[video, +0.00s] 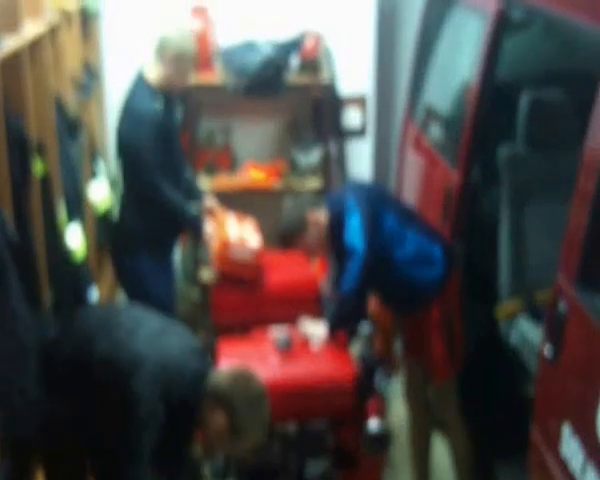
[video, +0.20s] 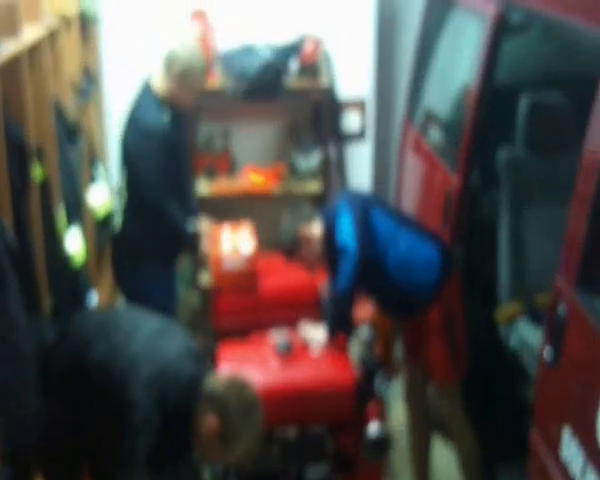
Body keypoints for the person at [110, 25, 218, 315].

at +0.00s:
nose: (188, 76)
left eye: (189, 67)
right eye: (184, 67)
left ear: (176, 63)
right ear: (167, 61)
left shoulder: (163, 100)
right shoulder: (145, 109)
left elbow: (176, 164)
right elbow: (150, 181)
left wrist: (199, 197)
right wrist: (192, 216)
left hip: (157, 234)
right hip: (140, 238)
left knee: (162, 322)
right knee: (156, 324)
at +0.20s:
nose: (196, 99)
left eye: (198, 90)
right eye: (193, 90)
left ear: (175, 76)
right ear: (176, 79)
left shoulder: (167, 112)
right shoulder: (153, 124)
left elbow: (178, 180)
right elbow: (155, 195)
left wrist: (192, 215)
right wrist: (189, 229)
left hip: (158, 243)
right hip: (145, 249)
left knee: (160, 333)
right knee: (155, 335)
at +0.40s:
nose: (200, 103)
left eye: (201, 95)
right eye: (197, 95)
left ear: (176, 85)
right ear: (178, 88)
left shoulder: (165, 118)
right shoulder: (155, 134)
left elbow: (172, 191)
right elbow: (146, 211)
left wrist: (193, 226)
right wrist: (181, 255)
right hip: (148, 260)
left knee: (161, 344)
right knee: (159, 347)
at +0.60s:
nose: (200, 113)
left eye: (202, 104)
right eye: (197, 104)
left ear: (174, 95)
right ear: (177, 98)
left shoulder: (167, 127)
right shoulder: (152, 145)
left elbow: (169, 198)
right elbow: (146, 222)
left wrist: (191, 230)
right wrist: (187, 266)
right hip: (149, 269)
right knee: (162, 357)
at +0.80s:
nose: (199, 118)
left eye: (201, 109)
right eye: (195, 110)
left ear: (174, 101)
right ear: (175, 104)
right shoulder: (153, 151)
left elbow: (169, 201)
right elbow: (151, 228)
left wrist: (192, 231)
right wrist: (191, 270)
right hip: (147, 273)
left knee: (164, 352)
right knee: (160, 357)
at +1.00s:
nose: (197, 117)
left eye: (198, 108)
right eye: (192, 109)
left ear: (172, 101)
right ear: (171, 103)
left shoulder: (166, 129)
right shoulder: (149, 149)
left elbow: (170, 199)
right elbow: (149, 226)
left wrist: (191, 231)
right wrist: (189, 269)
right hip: (144, 272)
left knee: (158, 357)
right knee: (155, 361)